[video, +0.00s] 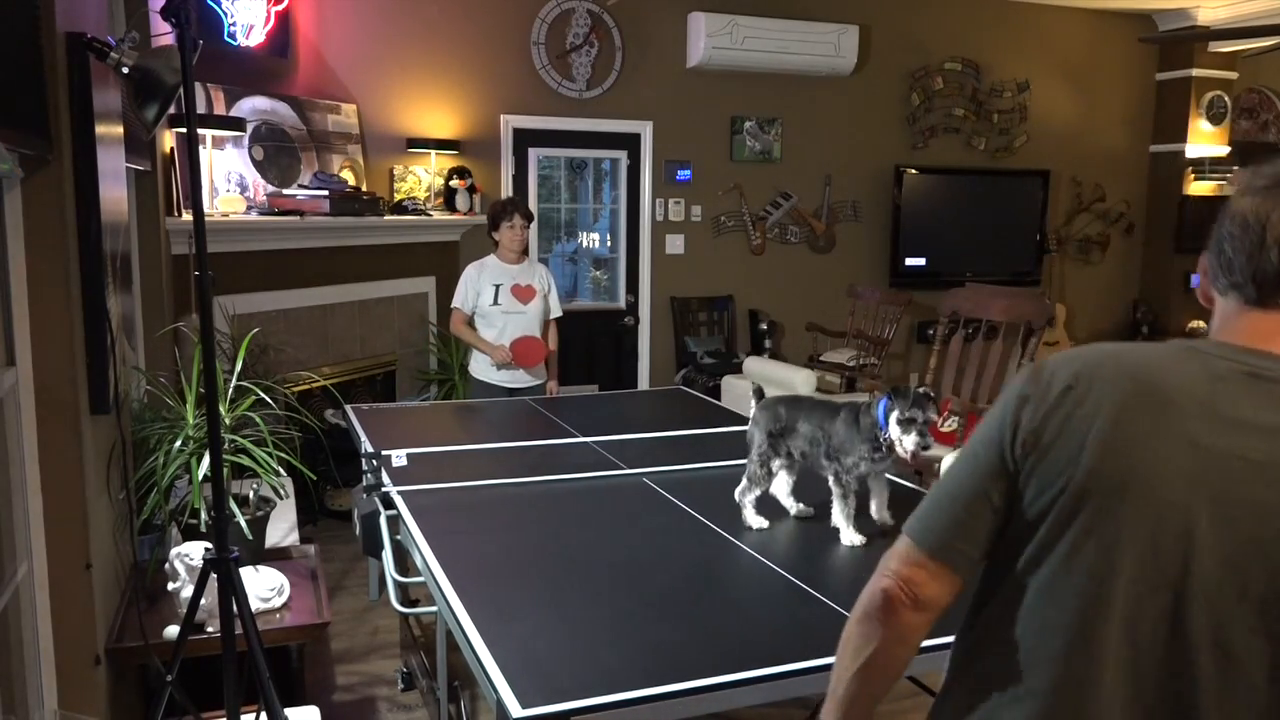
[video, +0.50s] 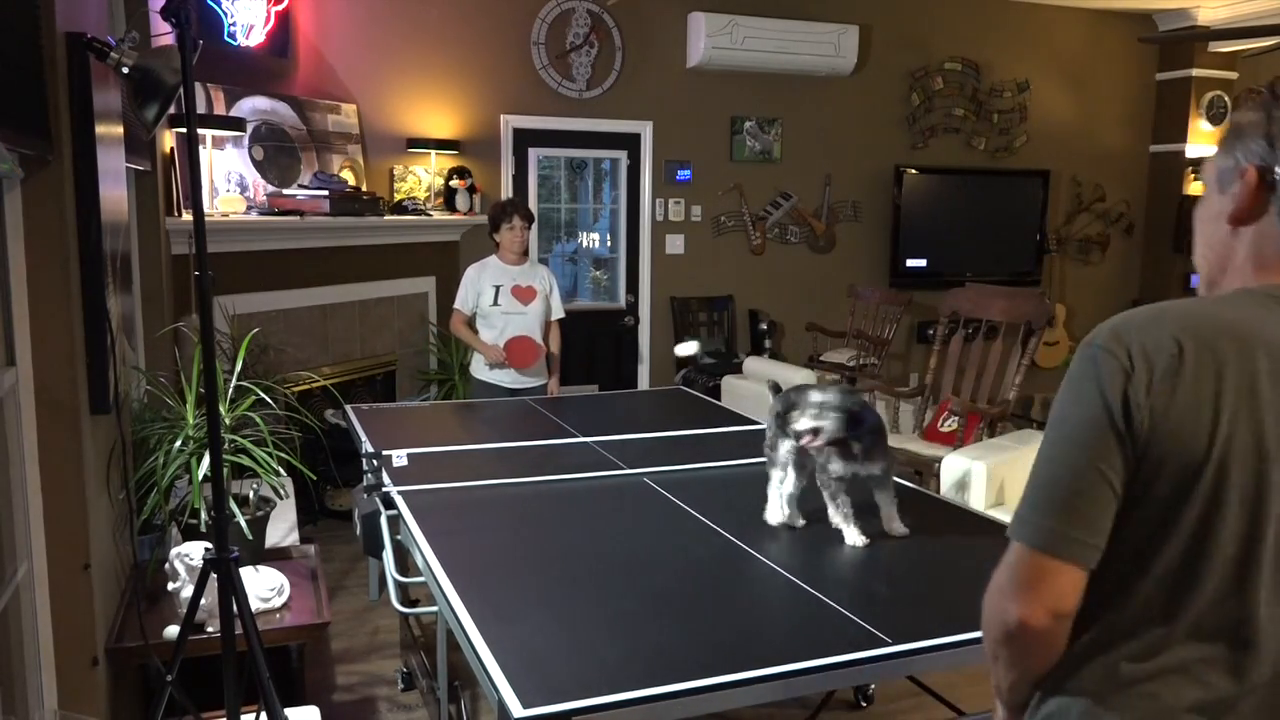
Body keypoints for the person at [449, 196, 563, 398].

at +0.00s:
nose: (520, 233)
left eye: (524, 227)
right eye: (511, 227)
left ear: (529, 231)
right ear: (495, 233)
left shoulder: (541, 273)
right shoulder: (476, 272)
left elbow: (550, 326)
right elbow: (457, 324)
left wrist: (552, 376)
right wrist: (491, 349)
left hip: (532, 382)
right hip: (488, 383)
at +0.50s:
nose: (520, 234)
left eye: (524, 228)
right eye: (511, 228)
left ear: (529, 232)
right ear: (496, 235)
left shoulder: (543, 275)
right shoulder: (477, 273)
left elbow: (552, 327)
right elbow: (456, 323)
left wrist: (554, 375)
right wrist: (485, 349)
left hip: (534, 383)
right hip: (489, 383)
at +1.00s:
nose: (486, 245)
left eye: (492, 238)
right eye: (477, 238)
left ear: (500, 243)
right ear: (465, 242)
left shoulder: (507, 283)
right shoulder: (447, 273)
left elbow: (514, 336)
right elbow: (407, 300)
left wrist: (516, 381)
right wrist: (430, 306)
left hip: (493, 386)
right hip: (448, 387)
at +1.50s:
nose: (468, 236)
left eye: (475, 230)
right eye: (459, 229)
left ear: (482, 237)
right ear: (446, 237)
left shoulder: (489, 277)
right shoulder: (432, 268)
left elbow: (494, 335)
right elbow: (405, 287)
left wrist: (496, 383)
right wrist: (425, 298)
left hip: (474, 388)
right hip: (430, 389)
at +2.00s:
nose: (496, 251)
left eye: (502, 244)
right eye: (487, 243)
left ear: (508, 245)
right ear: (474, 245)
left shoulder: (522, 281)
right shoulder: (458, 283)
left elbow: (532, 330)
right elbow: (431, 334)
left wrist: (536, 377)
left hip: (515, 387)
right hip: (470, 391)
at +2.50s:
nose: (514, 237)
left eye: (519, 230)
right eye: (506, 230)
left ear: (524, 233)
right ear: (491, 232)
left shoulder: (529, 271)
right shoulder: (476, 267)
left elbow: (537, 324)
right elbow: (459, 306)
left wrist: (541, 367)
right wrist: (489, 307)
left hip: (525, 376)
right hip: (486, 376)